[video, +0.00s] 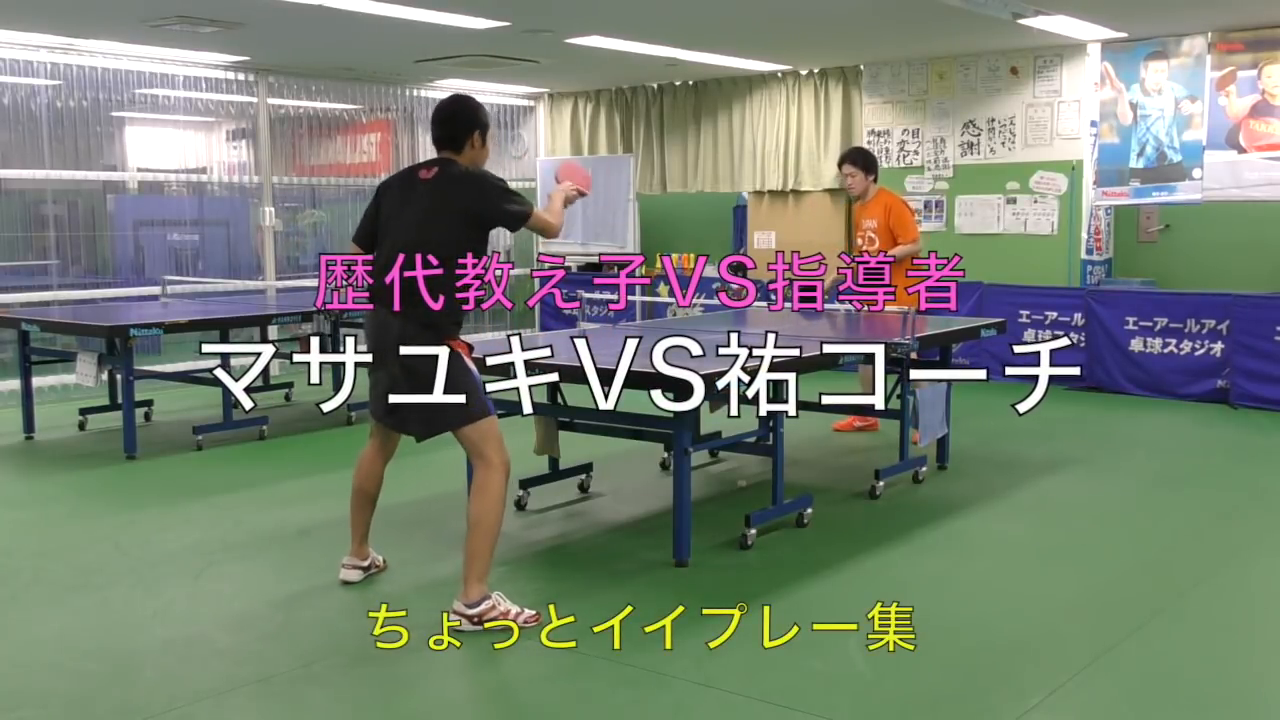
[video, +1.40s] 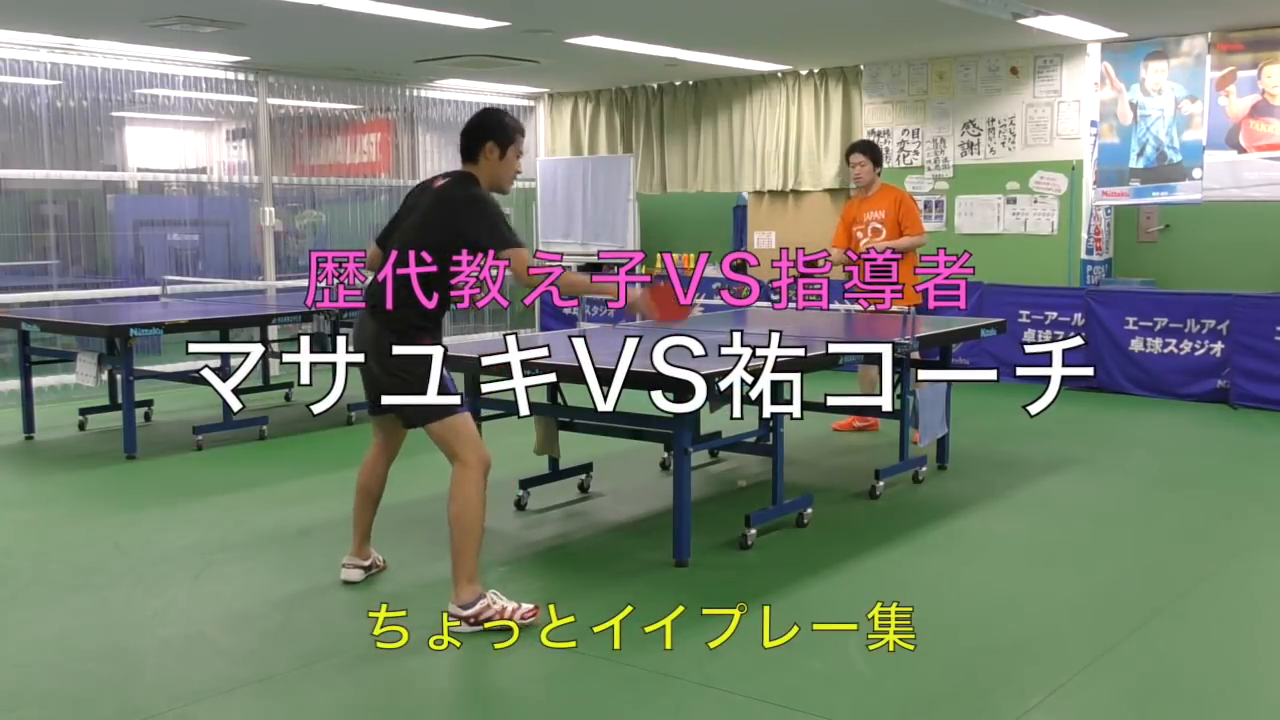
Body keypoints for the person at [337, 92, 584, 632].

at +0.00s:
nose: (488, 147)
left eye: (486, 138)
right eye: (486, 138)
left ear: (437, 138)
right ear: (474, 139)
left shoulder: (396, 184)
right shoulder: (478, 185)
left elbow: (364, 246)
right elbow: (549, 225)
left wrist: (420, 255)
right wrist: (562, 195)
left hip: (383, 339)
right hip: (434, 342)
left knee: (379, 445)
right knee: (491, 460)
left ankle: (356, 554)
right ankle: (475, 595)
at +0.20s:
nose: (483, 145)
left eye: (479, 137)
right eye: (482, 137)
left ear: (432, 139)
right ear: (474, 139)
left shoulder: (395, 185)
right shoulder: (477, 192)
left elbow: (363, 243)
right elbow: (526, 257)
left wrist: (418, 251)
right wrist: (561, 247)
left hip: (386, 342)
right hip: (437, 345)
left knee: (380, 445)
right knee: (491, 460)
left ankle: (356, 554)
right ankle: (475, 596)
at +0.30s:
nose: (493, 150)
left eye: (492, 141)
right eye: (492, 141)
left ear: (440, 139)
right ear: (482, 141)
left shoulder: (404, 185)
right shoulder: (462, 190)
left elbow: (368, 243)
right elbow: (470, 272)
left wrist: (415, 277)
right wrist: (535, 319)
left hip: (385, 341)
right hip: (429, 345)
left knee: (385, 444)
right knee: (484, 460)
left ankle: (357, 555)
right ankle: (474, 597)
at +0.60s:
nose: (506, 174)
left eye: (508, 164)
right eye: (504, 162)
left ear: (464, 155)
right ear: (477, 154)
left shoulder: (413, 193)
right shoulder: (454, 197)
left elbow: (374, 257)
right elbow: (489, 277)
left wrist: (408, 305)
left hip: (383, 344)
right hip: (418, 348)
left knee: (389, 444)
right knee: (486, 460)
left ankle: (357, 554)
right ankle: (473, 599)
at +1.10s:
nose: (499, 147)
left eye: (496, 137)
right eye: (497, 138)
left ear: (445, 138)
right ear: (488, 140)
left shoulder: (409, 184)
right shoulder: (469, 190)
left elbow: (371, 253)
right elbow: (473, 268)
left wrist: (405, 299)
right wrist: (534, 319)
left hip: (389, 342)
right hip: (432, 346)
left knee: (386, 446)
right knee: (490, 461)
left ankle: (358, 556)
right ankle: (474, 597)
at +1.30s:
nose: (510, 172)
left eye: (511, 162)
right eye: (508, 160)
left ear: (468, 156)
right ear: (485, 157)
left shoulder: (428, 194)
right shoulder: (452, 196)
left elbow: (377, 262)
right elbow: (446, 272)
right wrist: (496, 316)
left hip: (384, 345)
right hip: (411, 349)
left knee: (397, 444)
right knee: (481, 459)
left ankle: (360, 554)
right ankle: (469, 596)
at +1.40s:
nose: (520, 167)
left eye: (521, 155)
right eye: (516, 154)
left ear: (477, 152)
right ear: (490, 151)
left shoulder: (429, 189)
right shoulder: (474, 200)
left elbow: (374, 257)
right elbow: (532, 272)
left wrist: (429, 281)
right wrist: (622, 292)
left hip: (377, 335)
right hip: (411, 343)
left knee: (384, 442)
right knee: (472, 459)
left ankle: (358, 554)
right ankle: (468, 596)